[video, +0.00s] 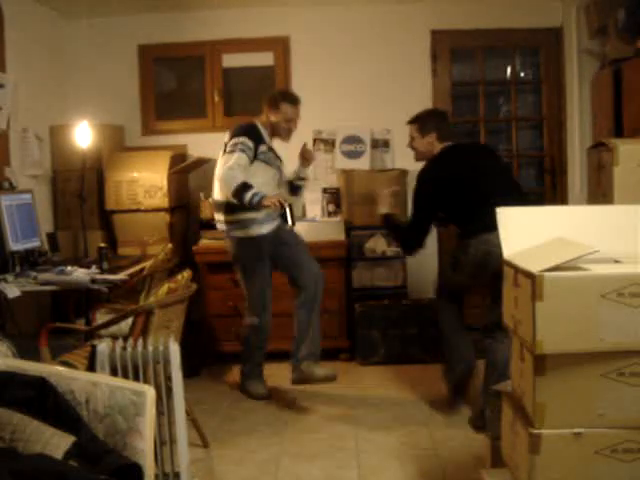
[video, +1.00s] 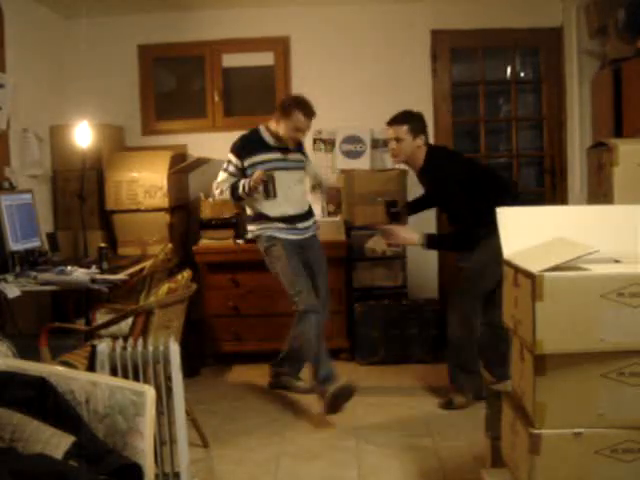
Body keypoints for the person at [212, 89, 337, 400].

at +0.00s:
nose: (291, 127)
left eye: (294, 121)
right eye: (286, 119)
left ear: (296, 120)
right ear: (268, 113)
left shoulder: (271, 150)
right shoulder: (245, 138)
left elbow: (285, 197)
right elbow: (228, 178)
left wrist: (302, 168)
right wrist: (259, 199)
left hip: (277, 230)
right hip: (247, 236)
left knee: (311, 279)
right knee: (258, 309)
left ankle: (305, 363)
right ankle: (252, 375)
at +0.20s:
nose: (304, 116)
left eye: (308, 111)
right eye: (300, 107)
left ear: (307, 110)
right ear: (282, 99)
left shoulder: (291, 149)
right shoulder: (252, 120)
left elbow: (309, 188)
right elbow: (229, 151)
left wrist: (321, 152)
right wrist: (259, 177)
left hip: (284, 222)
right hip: (251, 224)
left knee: (319, 283)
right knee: (259, 303)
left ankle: (304, 359)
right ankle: (252, 375)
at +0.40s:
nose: (315, 115)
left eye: (319, 109)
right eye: (310, 108)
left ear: (322, 111)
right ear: (294, 103)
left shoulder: (307, 148)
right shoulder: (266, 119)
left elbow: (328, 183)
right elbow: (233, 149)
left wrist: (335, 146)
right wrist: (259, 175)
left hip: (292, 223)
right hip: (259, 220)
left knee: (312, 296)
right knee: (292, 289)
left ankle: (312, 377)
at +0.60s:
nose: (316, 118)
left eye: (322, 112)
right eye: (312, 110)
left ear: (327, 111)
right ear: (297, 102)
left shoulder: (321, 148)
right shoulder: (269, 119)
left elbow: (335, 179)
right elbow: (231, 144)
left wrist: (353, 205)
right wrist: (245, 170)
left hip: (296, 216)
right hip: (260, 207)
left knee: (312, 289)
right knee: (316, 228)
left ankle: (313, 378)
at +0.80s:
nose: (300, 116)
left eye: (305, 110)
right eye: (295, 109)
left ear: (310, 107)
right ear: (279, 101)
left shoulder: (312, 137)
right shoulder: (250, 123)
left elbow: (324, 184)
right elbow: (221, 156)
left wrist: (324, 225)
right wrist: (240, 170)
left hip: (303, 213)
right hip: (266, 209)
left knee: (308, 289)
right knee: (312, 254)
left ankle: (283, 364)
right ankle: (357, 321)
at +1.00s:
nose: (300, 138)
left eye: (303, 132)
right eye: (296, 131)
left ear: (304, 127)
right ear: (279, 119)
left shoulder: (297, 147)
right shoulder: (247, 145)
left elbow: (310, 180)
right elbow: (220, 187)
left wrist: (323, 189)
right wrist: (246, 185)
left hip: (306, 233)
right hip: (273, 236)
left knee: (318, 304)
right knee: (307, 304)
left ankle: (285, 371)